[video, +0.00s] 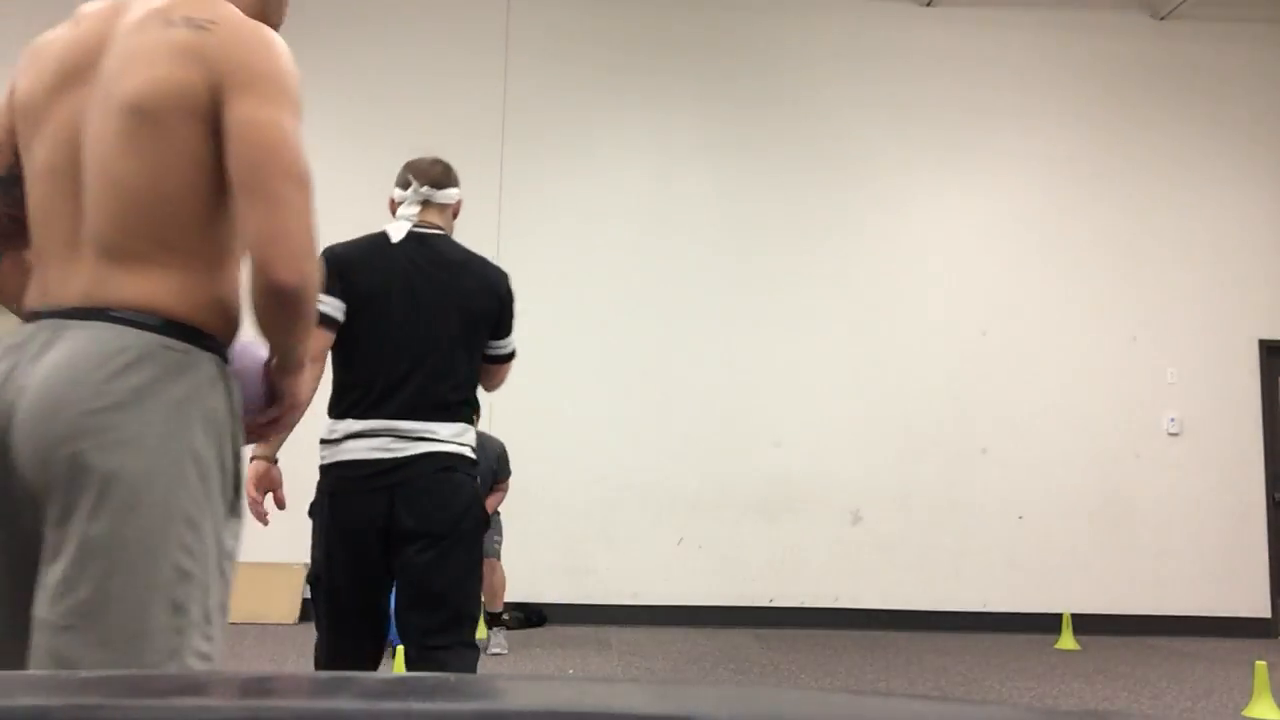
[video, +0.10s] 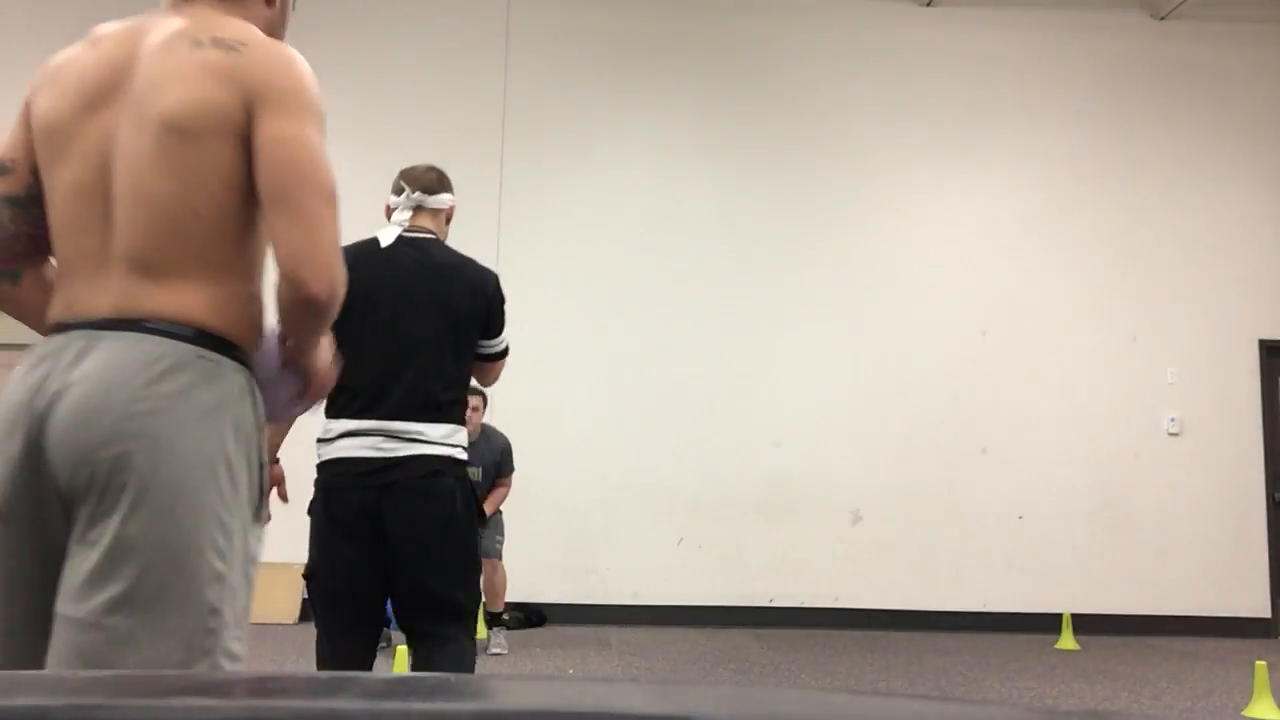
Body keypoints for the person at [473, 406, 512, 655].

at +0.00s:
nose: (467, 423)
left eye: (471, 417)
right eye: (462, 418)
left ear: (477, 418)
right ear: (453, 420)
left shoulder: (493, 447)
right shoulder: (442, 449)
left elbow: (500, 488)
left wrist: (481, 512)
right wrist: (454, 511)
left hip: (484, 514)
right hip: (452, 515)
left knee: (489, 558)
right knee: (452, 565)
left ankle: (495, 627)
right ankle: (454, 632)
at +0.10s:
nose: (468, 414)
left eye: (474, 409)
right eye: (465, 408)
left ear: (483, 413)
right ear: (457, 411)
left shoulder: (497, 443)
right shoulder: (445, 440)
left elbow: (503, 483)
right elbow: (435, 480)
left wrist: (484, 511)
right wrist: (451, 509)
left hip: (485, 511)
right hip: (451, 512)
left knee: (491, 560)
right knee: (451, 564)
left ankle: (495, 627)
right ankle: (452, 629)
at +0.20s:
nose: (471, 399)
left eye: (478, 394)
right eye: (466, 393)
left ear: (487, 400)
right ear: (458, 395)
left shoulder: (500, 435)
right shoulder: (444, 429)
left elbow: (505, 478)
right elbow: (431, 473)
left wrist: (488, 512)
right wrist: (437, 508)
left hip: (484, 510)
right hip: (449, 510)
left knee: (492, 561)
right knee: (448, 567)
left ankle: (495, 628)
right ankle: (446, 629)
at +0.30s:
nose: (473, 392)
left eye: (479, 386)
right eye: (468, 386)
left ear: (489, 387)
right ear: (458, 387)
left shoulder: (501, 427)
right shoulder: (445, 420)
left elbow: (509, 471)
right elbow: (429, 463)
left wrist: (495, 505)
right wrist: (435, 500)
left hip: (483, 505)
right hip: (447, 503)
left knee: (492, 561)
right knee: (440, 563)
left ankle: (495, 628)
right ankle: (435, 628)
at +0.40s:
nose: (477, 386)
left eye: (481, 381)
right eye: (471, 380)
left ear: (489, 383)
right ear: (460, 381)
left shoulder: (500, 419)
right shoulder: (443, 410)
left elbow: (510, 463)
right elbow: (429, 454)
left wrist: (496, 497)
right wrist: (435, 491)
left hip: (483, 499)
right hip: (447, 499)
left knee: (489, 562)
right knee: (443, 566)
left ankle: (495, 628)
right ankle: (435, 630)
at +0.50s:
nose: (476, 387)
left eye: (480, 381)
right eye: (471, 380)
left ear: (486, 386)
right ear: (457, 382)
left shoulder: (494, 415)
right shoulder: (441, 408)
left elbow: (505, 459)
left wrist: (488, 490)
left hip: (478, 497)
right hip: (442, 497)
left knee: (486, 561)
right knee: (436, 565)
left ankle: (494, 627)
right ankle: (426, 629)